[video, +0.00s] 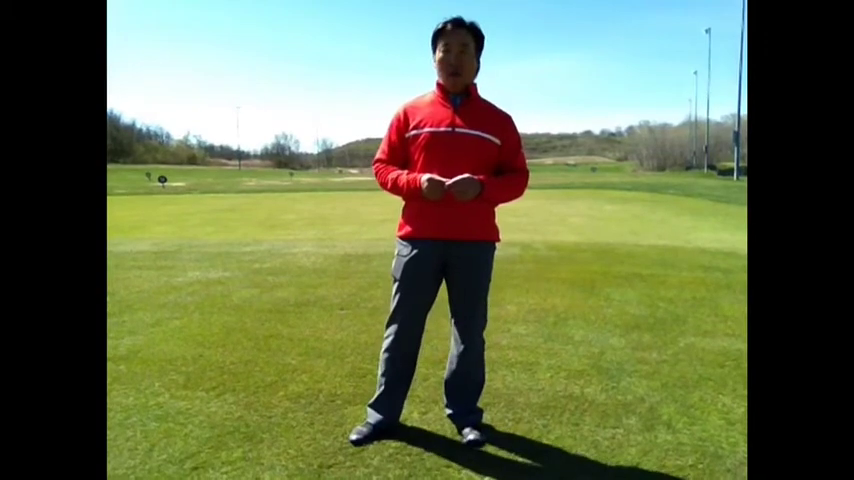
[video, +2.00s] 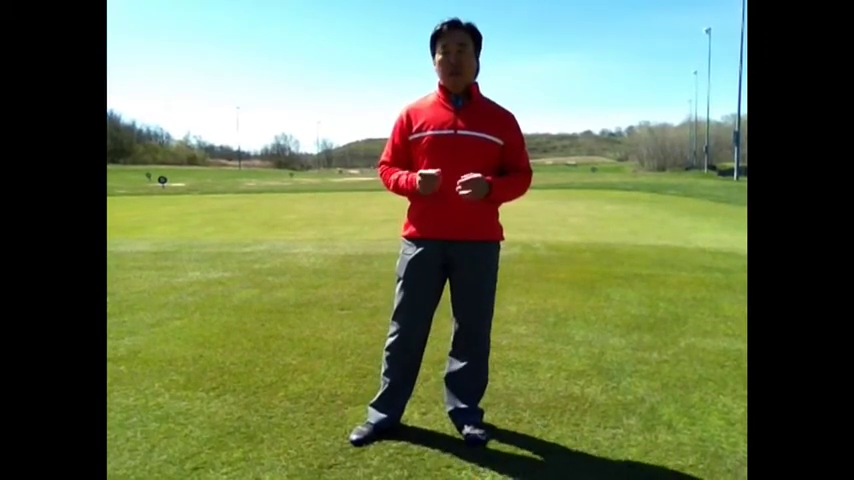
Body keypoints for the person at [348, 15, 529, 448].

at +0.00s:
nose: (452, 58)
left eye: (462, 50)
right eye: (445, 49)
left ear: (478, 59)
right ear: (433, 57)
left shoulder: (499, 122)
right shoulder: (409, 114)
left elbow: (518, 179)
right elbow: (382, 168)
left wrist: (482, 188)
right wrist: (416, 182)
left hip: (474, 244)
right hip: (418, 241)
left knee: (470, 334)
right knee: (401, 329)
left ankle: (467, 417)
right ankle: (382, 415)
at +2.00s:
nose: (452, 58)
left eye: (462, 50)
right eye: (444, 51)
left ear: (477, 57)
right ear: (433, 59)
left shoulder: (501, 120)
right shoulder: (413, 115)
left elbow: (522, 176)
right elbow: (387, 169)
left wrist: (491, 187)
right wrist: (411, 181)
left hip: (478, 245)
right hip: (422, 241)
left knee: (473, 334)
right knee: (405, 330)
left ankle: (468, 415)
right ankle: (384, 414)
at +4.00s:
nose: (452, 60)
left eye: (461, 51)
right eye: (444, 53)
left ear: (477, 58)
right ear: (433, 62)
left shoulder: (504, 119)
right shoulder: (415, 117)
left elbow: (525, 175)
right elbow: (392, 172)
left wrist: (489, 184)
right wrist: (424, 181)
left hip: (482, 243)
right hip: (427, 241)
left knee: (475, 334)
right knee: (408, 330)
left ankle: (468, 415)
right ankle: (383, 414)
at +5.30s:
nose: (457, 59)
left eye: (467, 51)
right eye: (450, 51)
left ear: (483, 59)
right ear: (439, 58)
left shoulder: (506, 119)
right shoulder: (418, 113)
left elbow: (526, 175)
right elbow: (392, 168)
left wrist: (489, 187)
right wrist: (425, 181)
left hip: (482, 244)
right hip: (426, 240)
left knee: (474, 334)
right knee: (407, 329)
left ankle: (467, 413)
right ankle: (384, 413)